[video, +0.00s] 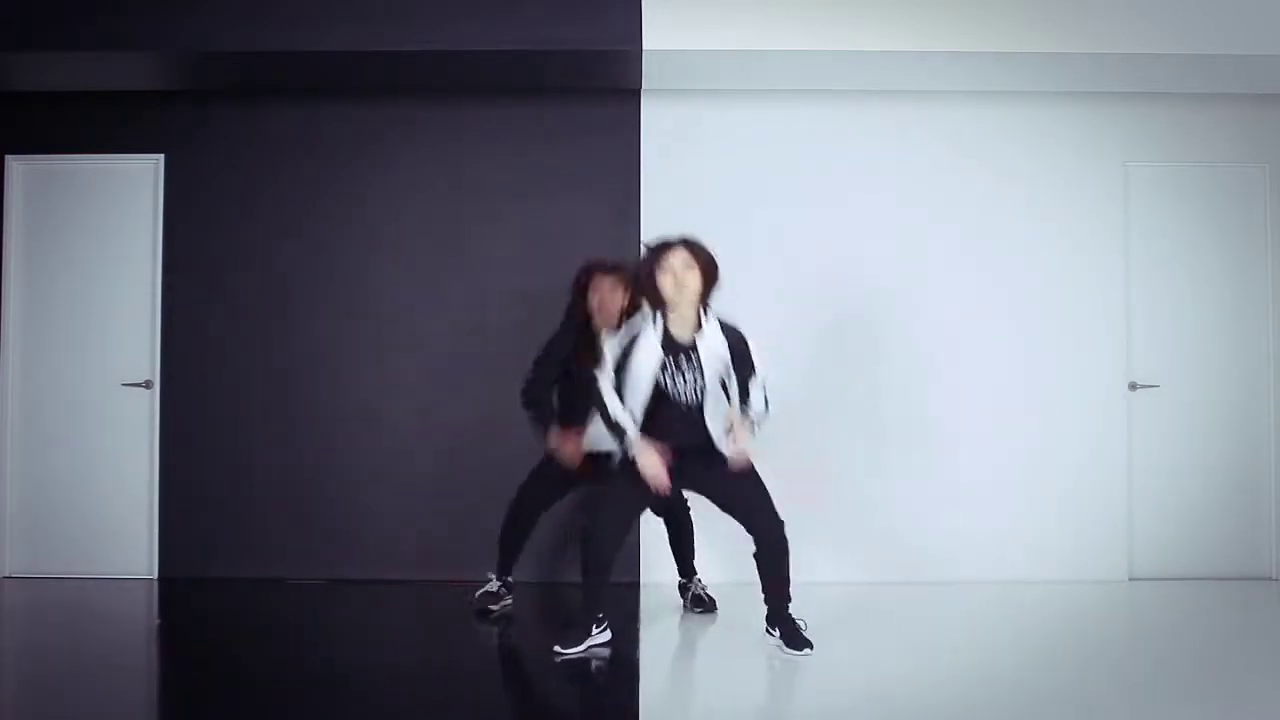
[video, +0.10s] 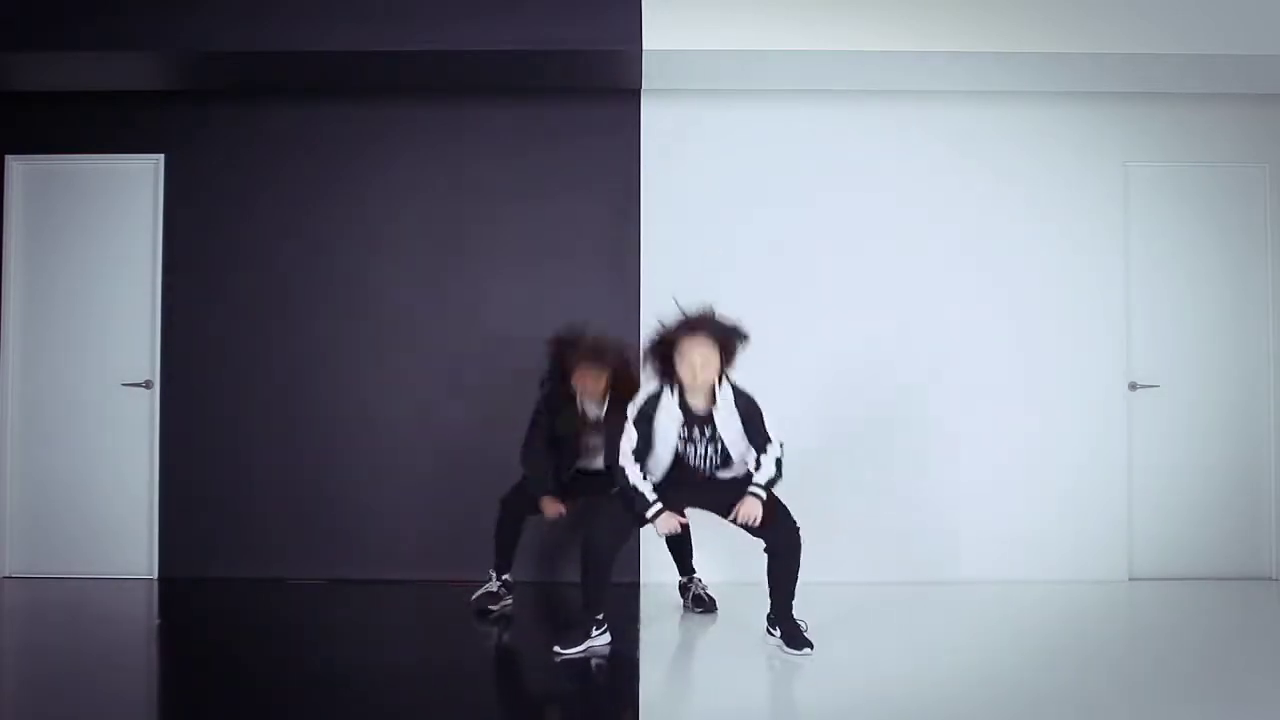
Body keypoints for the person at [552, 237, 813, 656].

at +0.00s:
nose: (677, 277)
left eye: (687, 268)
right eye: (666, 270)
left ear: (704, 278)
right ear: (654, 283)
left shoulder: (727, 339)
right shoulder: (633, 336)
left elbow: (754, 396)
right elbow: (605, 390)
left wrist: (744, 428)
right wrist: (637, 446)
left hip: (709, 457)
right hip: (650, 455)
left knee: (769, 528)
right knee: (601, 521)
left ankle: (778, 615)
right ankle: (595, 621)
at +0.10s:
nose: (696, 367)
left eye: (705, 357)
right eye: (687, 358)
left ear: (721, 362)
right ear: (673, 363)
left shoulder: (739, 403)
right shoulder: (651, 405)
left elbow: (769, 452)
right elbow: (626, 462)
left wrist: (756, 494)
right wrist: (655, 510)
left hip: (725, 486)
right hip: (669, 485)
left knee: (785, 534)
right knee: (601, 532)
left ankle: (781, 617)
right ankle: (596, 623)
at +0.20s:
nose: (719, 444)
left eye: (724, 440)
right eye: (713, 440)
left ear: (731, 425)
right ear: (695, 427)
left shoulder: (740, 423)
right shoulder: (662, 419)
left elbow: (781, 466)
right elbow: (620, 477)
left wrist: (758, 511)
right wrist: (650, 526)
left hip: (723, 500)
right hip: (668, 500)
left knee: (790, 530)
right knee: (603, 530)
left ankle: (782, 618)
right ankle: (596, 624)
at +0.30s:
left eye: (710, 492)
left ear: (725, 462)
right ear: (681, 457)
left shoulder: (739, 430)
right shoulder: (661, 433)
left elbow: (782, 474)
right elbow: (619, 486)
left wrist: (759, 518)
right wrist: (652, 532)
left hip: (728, 493)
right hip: (667, 496)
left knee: (795, 532)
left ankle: (781, 617)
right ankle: (600, 625)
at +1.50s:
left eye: (716, 434)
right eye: (700, 436)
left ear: (727, 400)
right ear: (683, 403)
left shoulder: (739, 379)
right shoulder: (661, 380)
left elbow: (768, 435)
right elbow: (628, 441)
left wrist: (757, 503)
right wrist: (649, 506)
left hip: (721, 463)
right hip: (663, 464)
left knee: (781, 526)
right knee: (609, 529)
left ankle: (780, 616)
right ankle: (596, 623)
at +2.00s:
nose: (707, 390)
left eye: (715, 382)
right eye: (699, 382)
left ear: (728, 352)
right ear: (682, 354)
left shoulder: (743, 347)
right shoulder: (657, 340)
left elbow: (756, 409)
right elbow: (632, 402)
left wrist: (749, 469)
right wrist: (642, 471)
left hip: (721, 450)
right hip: (664, 448)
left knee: (769, 529)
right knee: (613, 529)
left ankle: (780, 617)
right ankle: (596, 621)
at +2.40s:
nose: (701, 356)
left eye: (709, 349)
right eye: (692, 349)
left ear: (723, 323)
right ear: (676, 324)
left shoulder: (740, 324)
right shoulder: (652, 321)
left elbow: (753, 387)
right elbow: (629, 383)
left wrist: (747, 445)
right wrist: (640, 448)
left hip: (719, 440)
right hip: (663, 439)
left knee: (760, 526)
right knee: (619, 525)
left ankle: (779, 616)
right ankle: (596, 620)